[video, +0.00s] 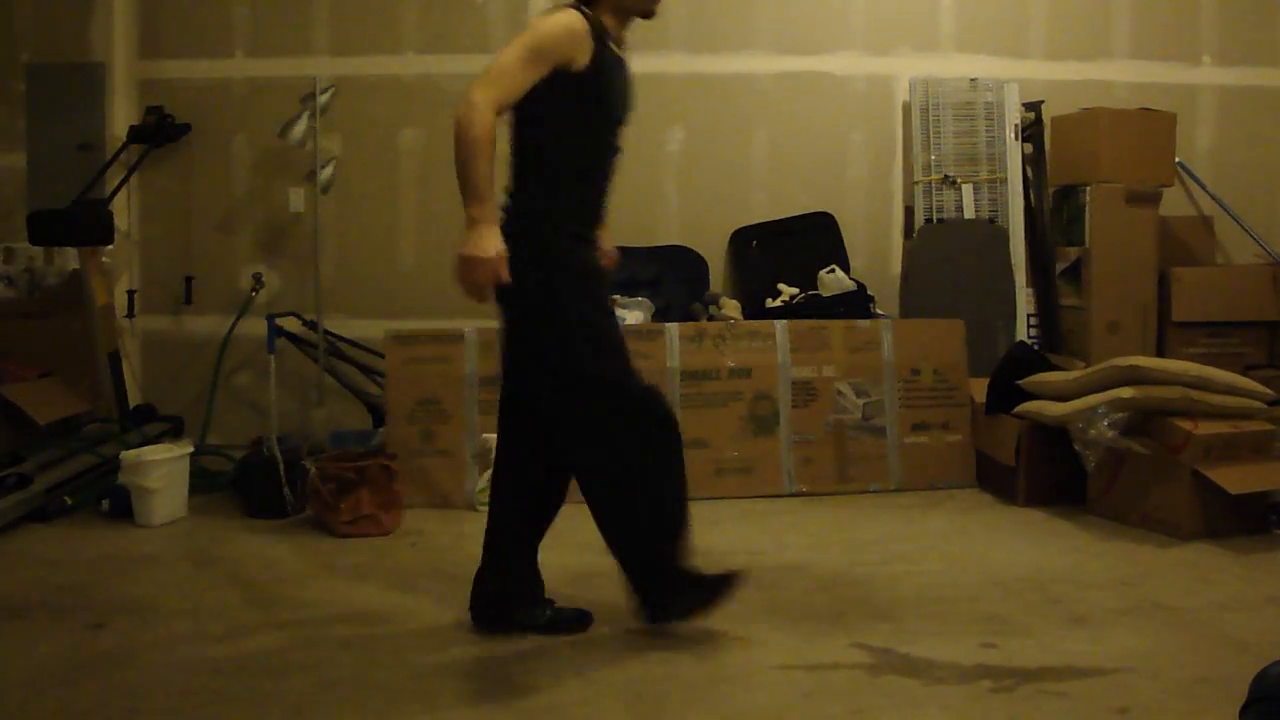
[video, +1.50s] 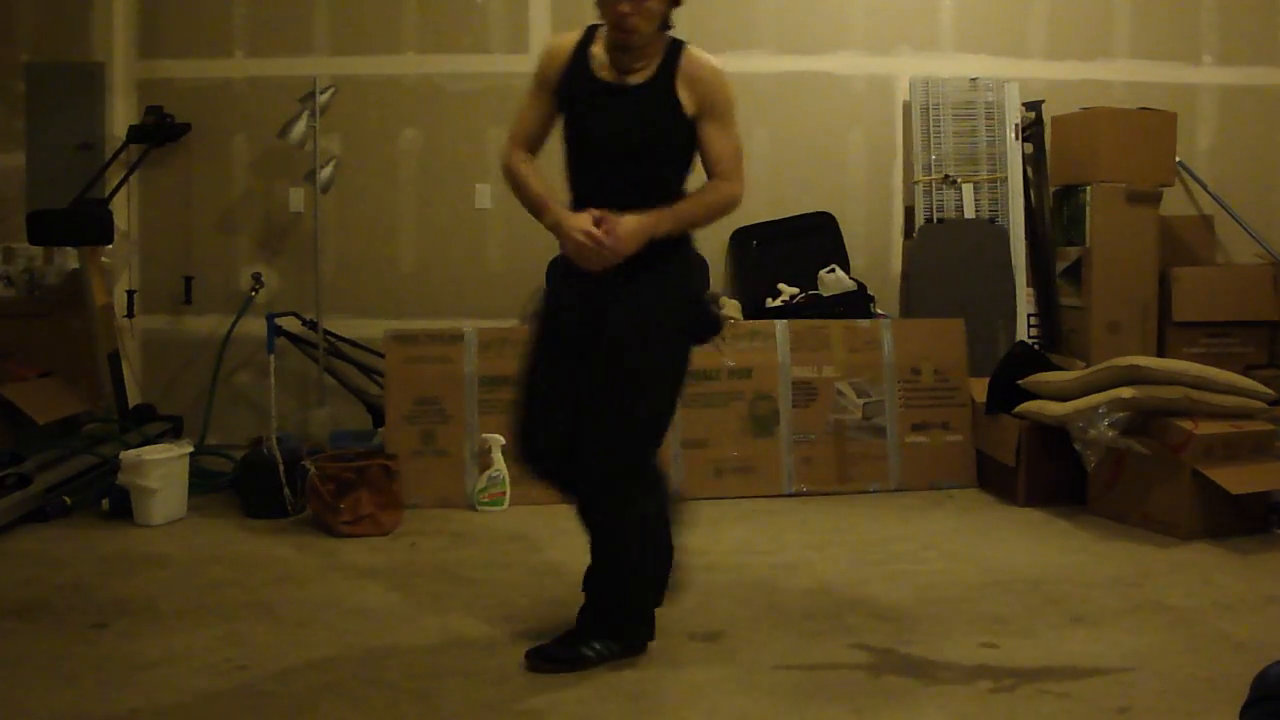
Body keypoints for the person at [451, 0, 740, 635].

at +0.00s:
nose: (657, 1)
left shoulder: (606, 49)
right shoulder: (566, 29)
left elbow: (567, 150)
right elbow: (477, 106)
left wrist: (590, 236)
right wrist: (480, 223)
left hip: (567, 267)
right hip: (544, 266)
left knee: (537, 432)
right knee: (628, 420)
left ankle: (504, 595)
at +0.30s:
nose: (718, 7)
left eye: (722, 0)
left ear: (719, 8)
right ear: (671, 2)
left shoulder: (727, 60)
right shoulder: (619, 68)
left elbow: (731, 149)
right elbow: (560, 165)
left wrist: (763, 217)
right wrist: (531, 272)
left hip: (691, 273)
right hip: (632, 276)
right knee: (677, 435)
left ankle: (606, 518)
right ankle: (686, 605)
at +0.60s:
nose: (748, 4)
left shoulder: (810, 31)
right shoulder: (673, 45)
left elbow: (917, 82)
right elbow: (638, 133)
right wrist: (642, 223)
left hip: (798, 262)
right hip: (710, 267)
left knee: (857, 429)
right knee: (706, 444)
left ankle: (915, 578)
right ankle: (735, 603)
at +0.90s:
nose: (743, 16)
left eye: (754, 3)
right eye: (727, 5)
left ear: (771, 6)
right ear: (702, 13)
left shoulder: (808, 72)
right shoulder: (685, 80)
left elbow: (873, 167)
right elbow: (675, 157)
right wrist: (672, 200)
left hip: (796, 283)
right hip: (721, 284)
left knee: (813, 436)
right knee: (728, 455)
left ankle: (883, 571)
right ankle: (754, 603)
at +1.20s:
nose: (690, 2)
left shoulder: (763, 46)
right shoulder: (648, 38)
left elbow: (788, 153)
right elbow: (578, 116)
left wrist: (674, 159)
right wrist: (605, 145)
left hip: (751, 258)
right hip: (687, 256)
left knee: (690, 431)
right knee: (733, 423)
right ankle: (806, 572)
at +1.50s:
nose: (625, 13)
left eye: (641, 1)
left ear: (669, 5)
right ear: (598, 1)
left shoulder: (699, 77)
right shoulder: (565, 58)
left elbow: (728, 188)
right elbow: (516, 154)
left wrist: (645, 226)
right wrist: (557, 217)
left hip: (658, 283)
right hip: (580, 278)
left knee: (619, 451)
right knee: (545, 438)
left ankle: (619, 624)